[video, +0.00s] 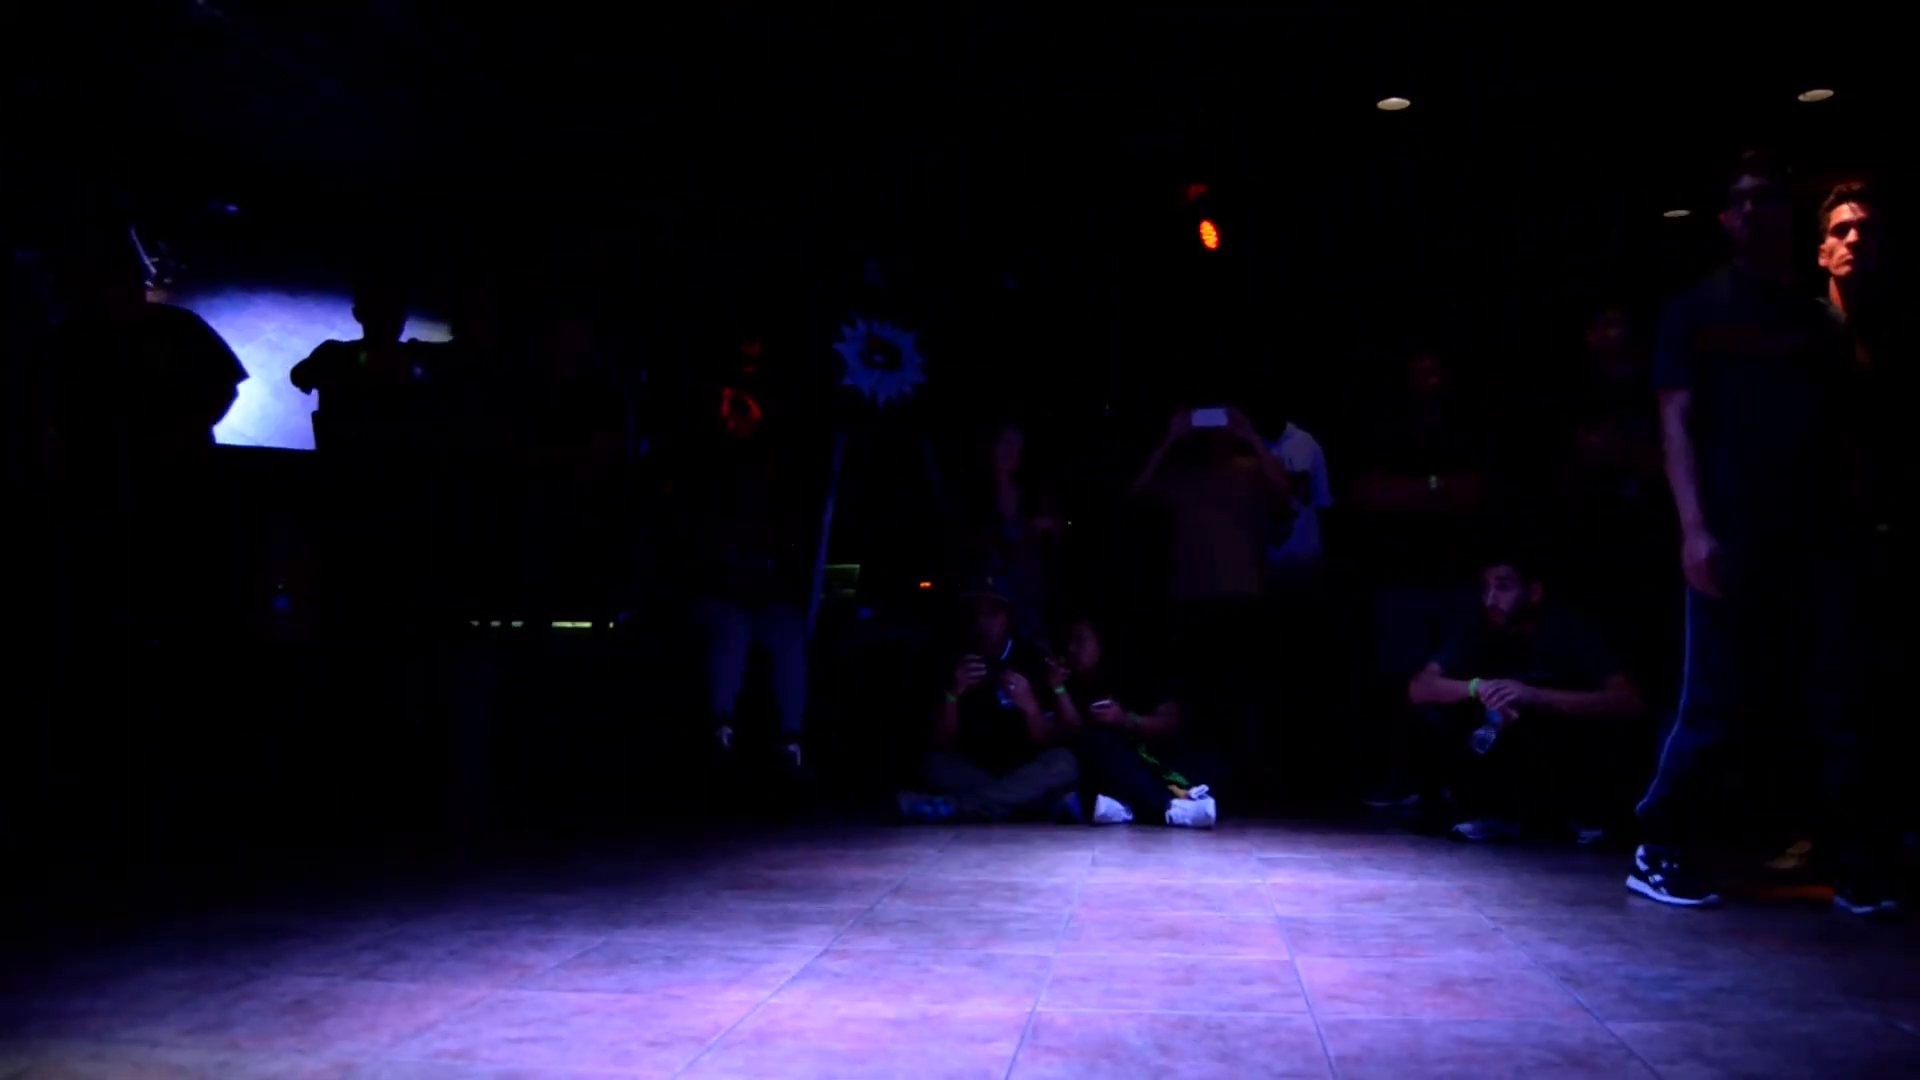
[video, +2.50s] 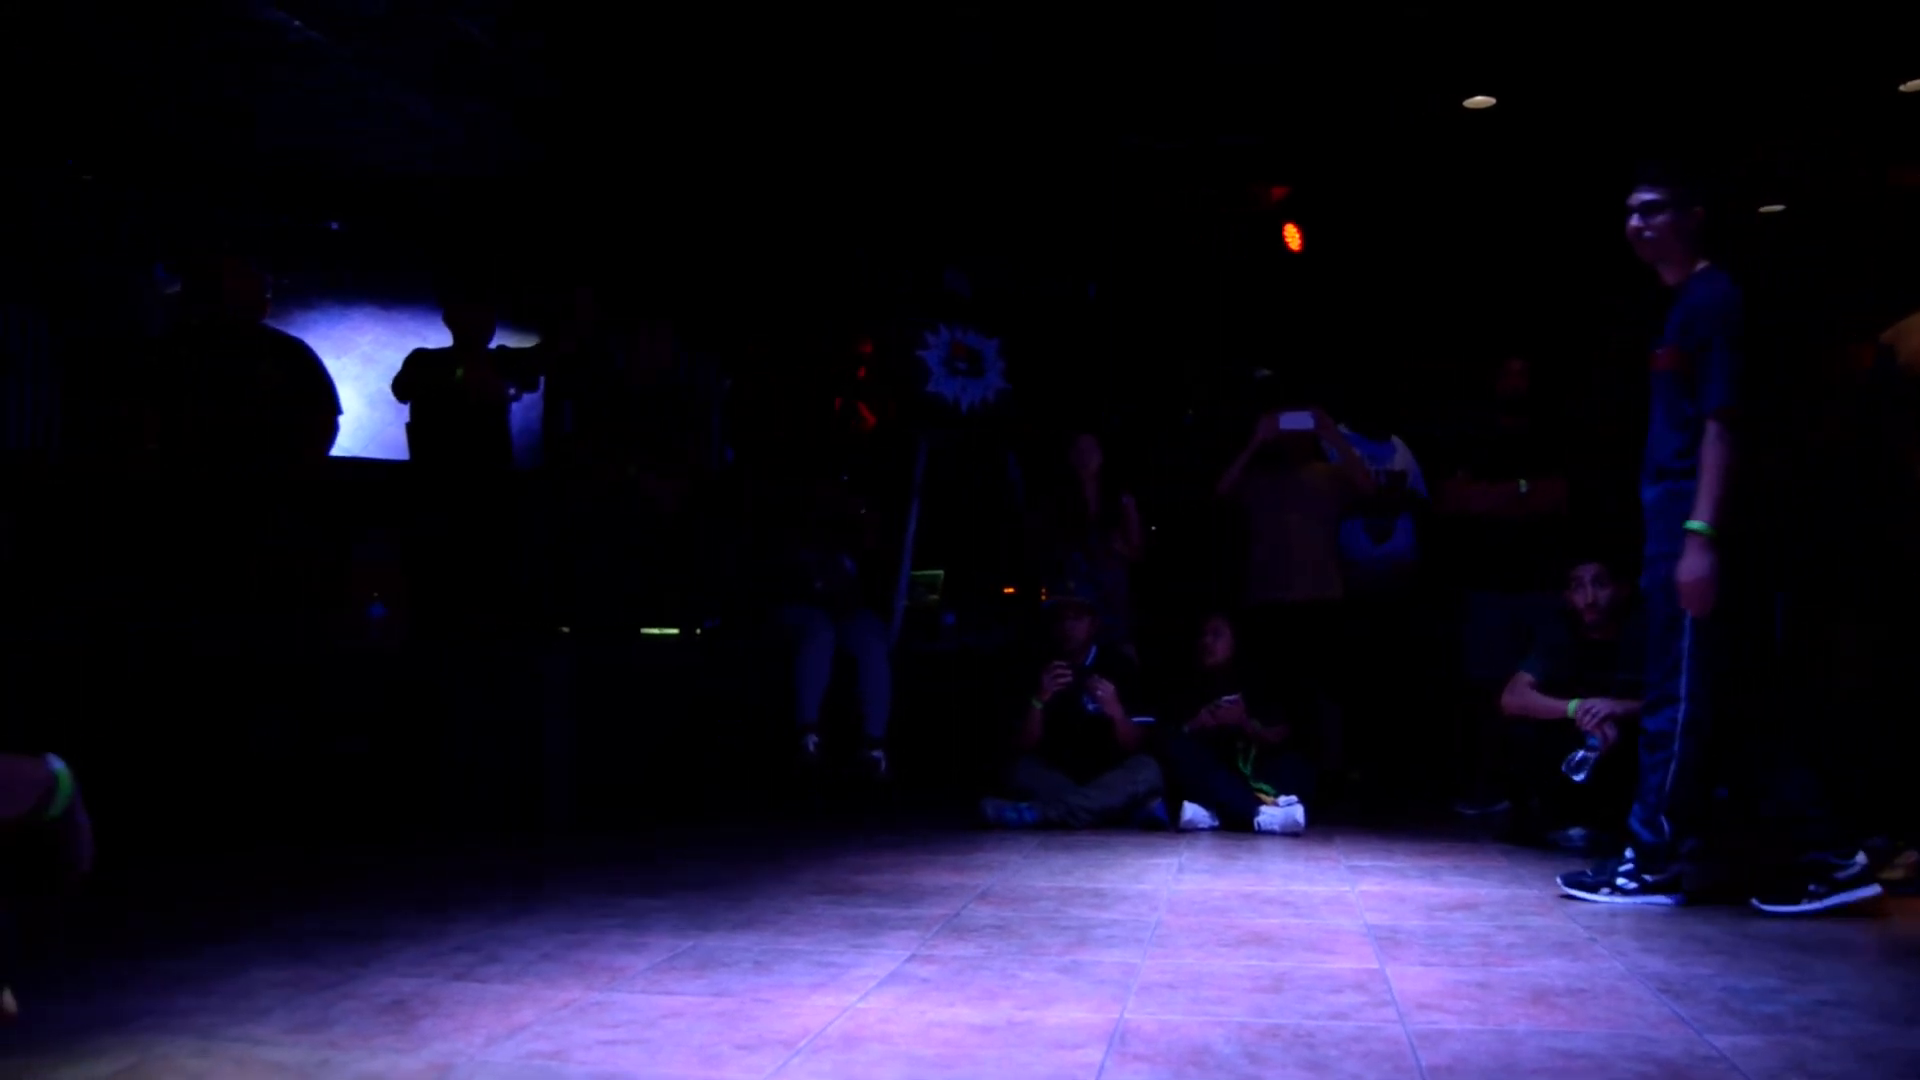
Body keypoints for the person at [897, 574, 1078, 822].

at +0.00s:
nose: (987, 624)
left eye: (994, 615)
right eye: (980, 616)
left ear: (1007, 619)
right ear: (970, 621)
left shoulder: (1028, 659)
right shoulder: (956, 660)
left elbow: (1044, 737)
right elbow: (942, 741)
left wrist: (1027, 702)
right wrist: (954, 693)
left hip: (1021, 755)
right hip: (970, 755)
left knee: (1063, 764)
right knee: (934, 766)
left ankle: (958, 806)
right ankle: (1039, 805)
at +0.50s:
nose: (983, 623)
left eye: (992, 614)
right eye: (976, 615)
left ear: (1009, 619)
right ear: (966, 620)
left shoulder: (1030, 659)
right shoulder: (954, 660)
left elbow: (1045, 741)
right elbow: (941, 741)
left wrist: (1029, 703)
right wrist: (954, 694)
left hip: (1021, 756)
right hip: (970, 756)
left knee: (1063, 765)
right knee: (934, 766)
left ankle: (958, 808)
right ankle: (1039, 807)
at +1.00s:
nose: (985, 624)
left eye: (994, 616)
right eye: (978, 616)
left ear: (1008, 619)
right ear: (967, 620)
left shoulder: (1030, 660)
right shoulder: (954, 659)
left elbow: (1046, 739)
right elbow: (942, 740)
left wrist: (1029, 704)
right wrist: (954, 694)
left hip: (1020, 755)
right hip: (969, 756)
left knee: (1062, 765)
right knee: (934, 766)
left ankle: (958, 808)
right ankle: (1039, 806)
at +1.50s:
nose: (983, 629)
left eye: (992, 619)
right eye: (976, 620)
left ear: (1009, 623)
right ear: (968, 626)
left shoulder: (1033, 665)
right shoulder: (954, 666)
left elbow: (1050, 743)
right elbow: (945, 744)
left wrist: (1033, 710)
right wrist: (959, 700)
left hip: (1025, 762)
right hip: (973, 763)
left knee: (1067, 771)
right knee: (939, 772)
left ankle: (963, 814)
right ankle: (1043, 813)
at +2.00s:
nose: (1031, 627)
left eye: (1040, 618)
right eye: (1026, 618)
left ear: (1058, 623)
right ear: (1017, 625)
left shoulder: (1082, 662)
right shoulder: (1006, 663)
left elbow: (1099, 742)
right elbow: (993, 742)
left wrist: (1080, 707)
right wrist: (1007, 697)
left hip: (1074, 759)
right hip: (1023, 760)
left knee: (1114, 769)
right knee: (991, 769)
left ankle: (1010, 811)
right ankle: (1091, 811)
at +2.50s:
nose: (1069, 628)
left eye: (1078, 619)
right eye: (1062, 619)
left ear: (1093, 624)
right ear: (1053, 626)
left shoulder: (1115, 664)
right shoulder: (1038, 664)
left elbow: (1134, 743)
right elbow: (1024, 744)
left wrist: (1114, 709)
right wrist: (1040, 699)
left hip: (1106, 761)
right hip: (1053, 762)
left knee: (1147, 770)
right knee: (1020, 771)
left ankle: (1042, 814)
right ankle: (1124, 813)